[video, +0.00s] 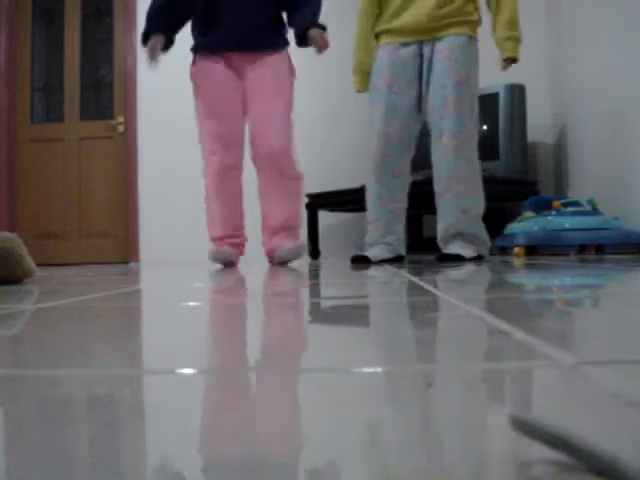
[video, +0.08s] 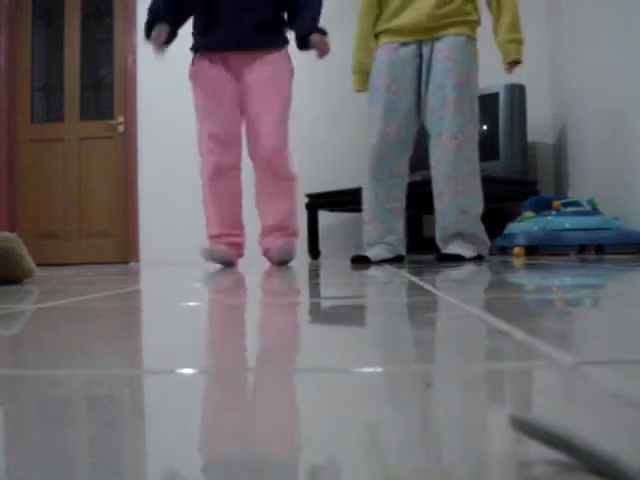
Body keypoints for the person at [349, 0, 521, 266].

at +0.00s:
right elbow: (369, 5)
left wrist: (507, 32)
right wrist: (363, 59)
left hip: (453, 22)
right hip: (394, 26)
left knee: (453, 137)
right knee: (388, 141)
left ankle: (463, 242)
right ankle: (384, 245)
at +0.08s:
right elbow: (369, 5)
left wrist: (509, 35)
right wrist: (362, 58)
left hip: (453, 22)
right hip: (394, 26)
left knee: (452, 135)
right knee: (386, 140)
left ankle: (462, 242)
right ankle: (384, 245)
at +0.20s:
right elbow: (372, 4)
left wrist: (509, 37)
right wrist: (364, 53)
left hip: (451, 26)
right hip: (393, 30)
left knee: (453, 137)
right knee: (384, 139)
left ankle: (462, 242)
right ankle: (382, 245)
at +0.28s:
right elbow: (370, 4)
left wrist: (496, 33)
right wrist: (365, 53)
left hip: (451, 26)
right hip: (392, 29)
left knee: (454, 138)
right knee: (386, 141)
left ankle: (462, 241)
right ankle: (382, 244)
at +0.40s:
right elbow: (371, 4)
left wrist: (475, 27)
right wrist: (365, 50)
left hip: (449, 29)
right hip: (392, 32)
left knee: (453, 139)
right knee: (386, 143)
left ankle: (462, 241)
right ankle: (383, 244)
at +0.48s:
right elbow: (372, 4)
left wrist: (467, 23)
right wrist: (366, 52)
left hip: (447, 33)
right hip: (393, 37)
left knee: (453, 141)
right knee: (386, 144)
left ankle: (463, 242)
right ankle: (384, 245)